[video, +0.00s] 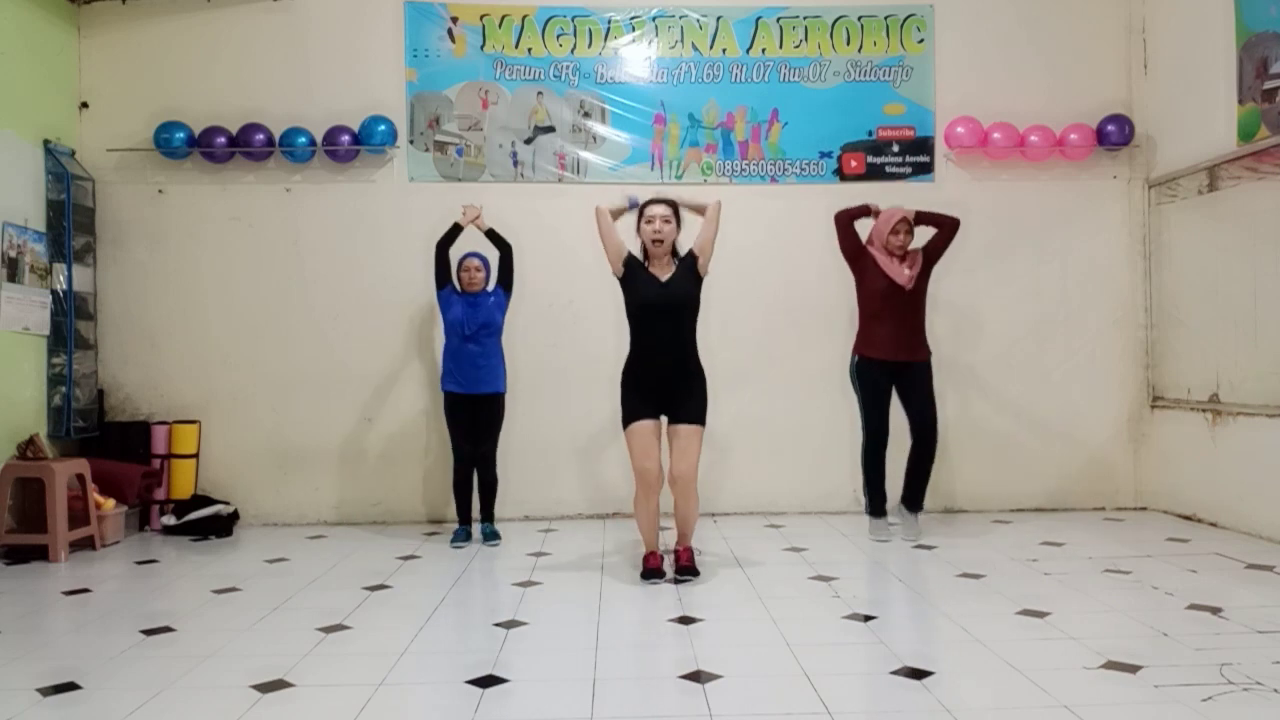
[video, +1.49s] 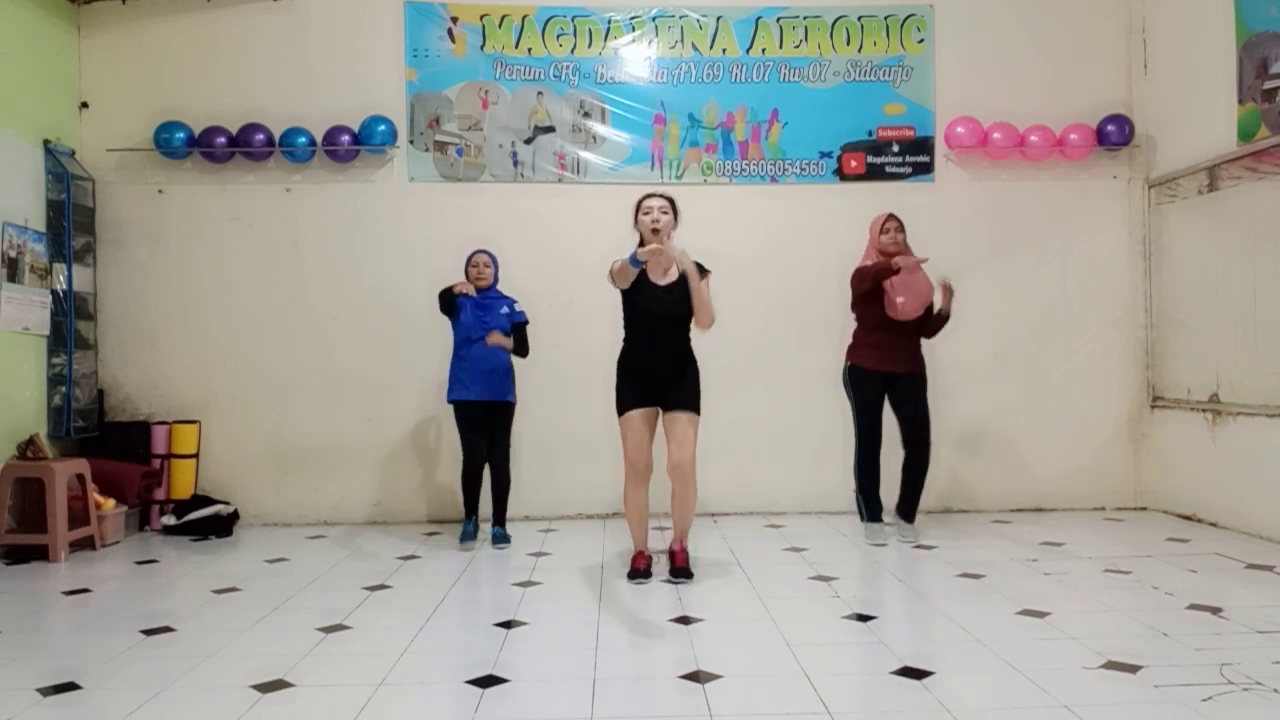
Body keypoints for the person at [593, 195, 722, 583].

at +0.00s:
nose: (657, 226)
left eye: (666, 221)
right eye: (649, 221)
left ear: (677, 230)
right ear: (639, 230)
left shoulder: (692, 268)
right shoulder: (628, 270)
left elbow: (714, 208)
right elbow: (600, 213)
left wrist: (673, 200)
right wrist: (627, 206)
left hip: (687, 380)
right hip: (641, 381)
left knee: (683, 475)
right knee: (647, 473)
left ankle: (684, 548)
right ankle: (651, 553)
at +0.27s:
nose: (657, 185)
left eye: (665, 180)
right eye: (650, 180)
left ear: (676, 191)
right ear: (639, 191)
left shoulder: (689, 231)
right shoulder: (631, 232)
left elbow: (701, 229)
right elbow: (615, 233)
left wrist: (699, 225)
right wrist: (613, 227)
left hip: (686, 339)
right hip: (641, 339)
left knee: (686, 435)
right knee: (644, 436)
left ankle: (683, 528)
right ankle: (648, 527)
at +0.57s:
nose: (658, 219)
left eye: (666, 214)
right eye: (650, 214)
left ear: (677, 225)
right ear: (639, 227)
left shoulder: (697, 276)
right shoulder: (626, 280)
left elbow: (709, 333)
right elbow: (618, 339)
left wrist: (698, 383)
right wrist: (617, 390)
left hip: (687, 384)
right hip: (641, 384)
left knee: (684, 473)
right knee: (646, 474)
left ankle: (679, 552)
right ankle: (646, 552)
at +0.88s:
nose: (658, 214)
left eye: (667, 210)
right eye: (650, 211)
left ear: (679, 225)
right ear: (640, 226)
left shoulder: (699, 271)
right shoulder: (630, 272)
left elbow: (718, 330)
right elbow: (608, 316)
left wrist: (700, 379)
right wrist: (620, 264)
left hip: (688, 374)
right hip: (644, 372)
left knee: (687, 466)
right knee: (643, 452)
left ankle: (680, 549)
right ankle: (646, 532)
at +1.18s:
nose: (656, 216)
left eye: (663, 210)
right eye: (648, 211)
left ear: (675, 221)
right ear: (637, 222)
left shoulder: (694, 270)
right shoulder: (627, 266)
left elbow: (705, 327)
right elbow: (622, 274)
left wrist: (691, 376)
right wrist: (637, 250)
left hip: (681, 372)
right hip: (637, 373)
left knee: (686, 470)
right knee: (640, 471)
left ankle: (679, 551)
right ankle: (639, 552)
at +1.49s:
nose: (655, 218)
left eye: (663, 212)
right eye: (647, 212)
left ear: (675, 222)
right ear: (636, 223)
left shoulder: (691, 270)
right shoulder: (626, 267)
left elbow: (704, 321)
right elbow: (620, 278)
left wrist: (690, 273)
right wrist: (637, 262)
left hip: (680, 371)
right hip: (635, 371)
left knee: (682, 466)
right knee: (638, 467)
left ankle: (680, 548)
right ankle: (640, 552)